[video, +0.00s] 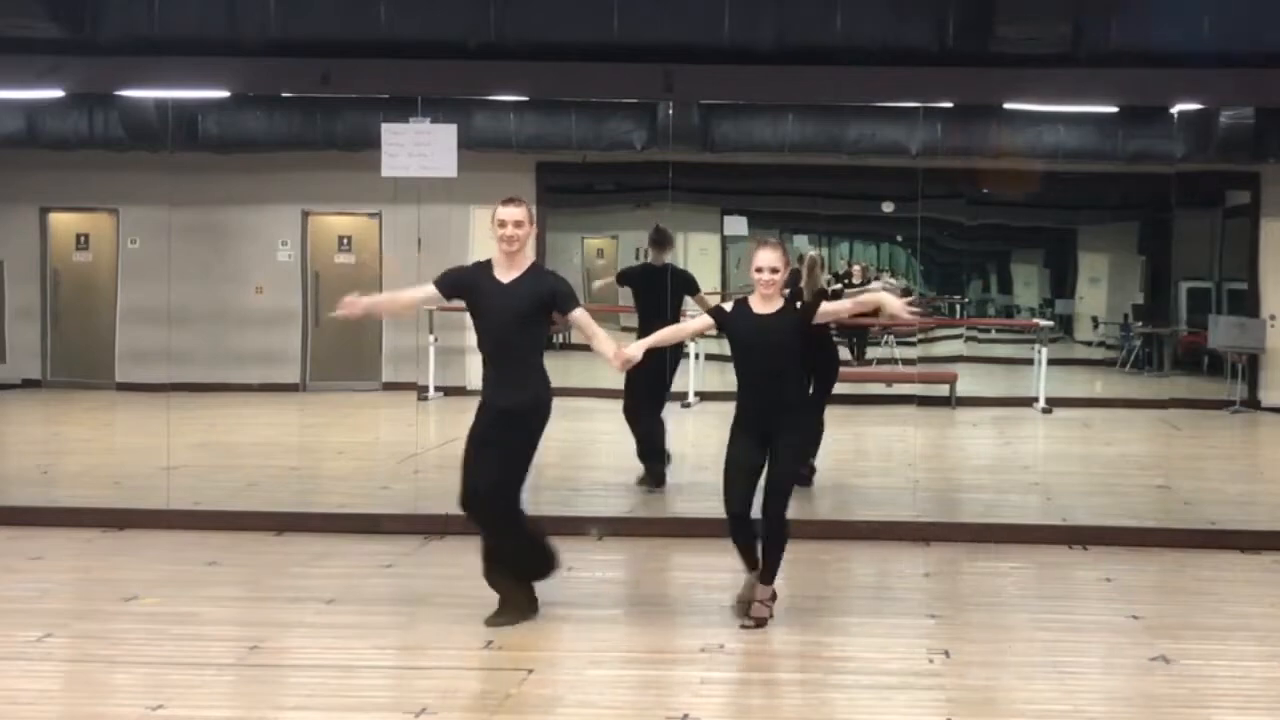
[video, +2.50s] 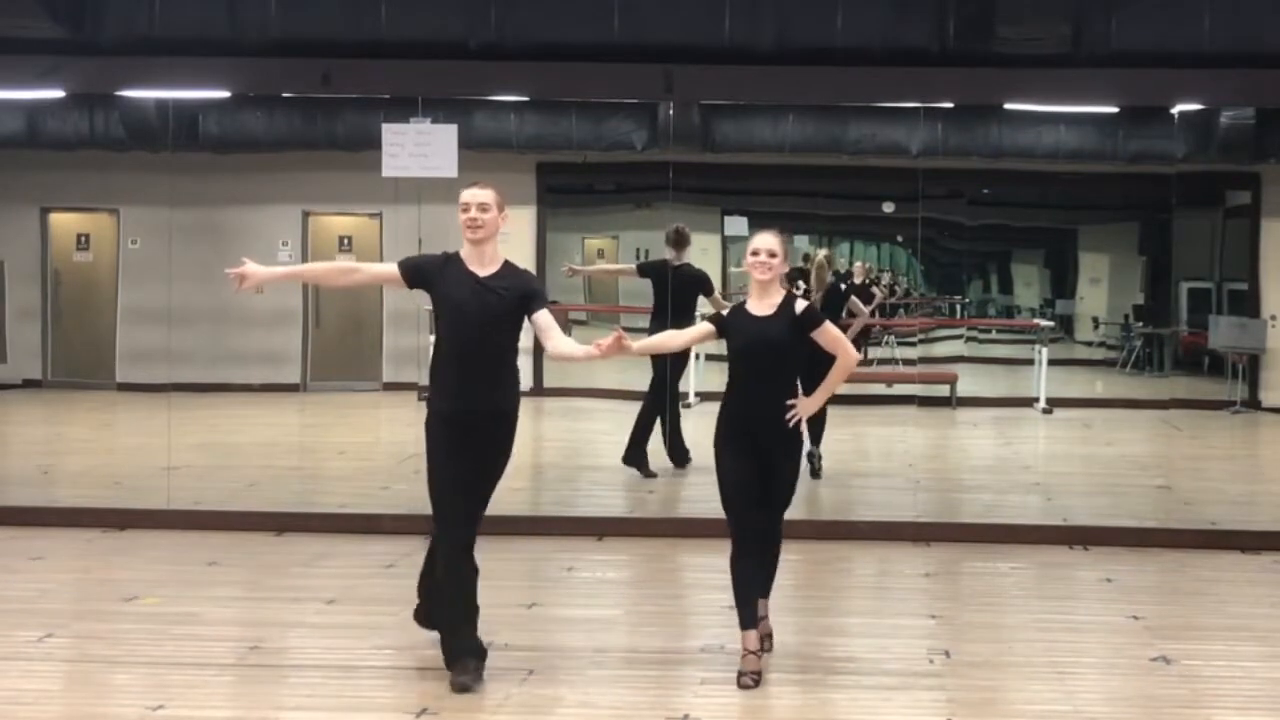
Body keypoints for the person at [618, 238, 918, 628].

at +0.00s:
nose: (766, 277)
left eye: (774, 270)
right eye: (760, 270)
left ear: (786, 274)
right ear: (751, 273)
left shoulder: (801, 312)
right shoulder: (732, 313)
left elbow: (846, 307)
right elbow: (684, 329)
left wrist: (881, 298)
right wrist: (642, 344)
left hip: (792, 422)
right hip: (750, 421)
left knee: (774, 508)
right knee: (735, 509)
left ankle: (766, 589)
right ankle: (755, 573)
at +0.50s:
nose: (771, 265)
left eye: (778, 258)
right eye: (764, 258)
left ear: (792, 262)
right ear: (754, 261)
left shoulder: (811, 305)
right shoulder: (739, 301)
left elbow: (788, 347)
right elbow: (693, 324)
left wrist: (803, 293)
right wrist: (649, 336)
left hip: (795, 423)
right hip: (749, 422)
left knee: (786, 518)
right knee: (752, 517)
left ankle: (783, 610)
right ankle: (753, 613)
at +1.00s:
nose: (778, 266)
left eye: (786, 259)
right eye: (771, 258)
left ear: (800, 263)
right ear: (761, 262)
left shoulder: (818, 306)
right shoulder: (746, 303)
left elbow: (806, 360)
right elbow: (699, 334)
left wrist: (764, 342)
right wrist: (669, 351)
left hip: (802, 424)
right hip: (759, 422)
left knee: (799, 522)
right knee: (770, 519)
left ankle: (786, 619)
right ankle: (756, 617)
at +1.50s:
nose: (767, 281)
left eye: (774, 275)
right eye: (767, 275)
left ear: (800, 277)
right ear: (777, 280)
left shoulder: (836, 317)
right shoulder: (766, 322)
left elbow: (878, 355)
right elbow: (712, 340)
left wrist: (845, 396)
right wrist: (689, 333)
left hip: (816, 433)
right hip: (768, 429)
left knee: (809, 529)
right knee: (731, 509)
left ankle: (785, 612)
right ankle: (692, 577)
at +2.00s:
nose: (784, 280)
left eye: (793, 274)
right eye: (778, 273)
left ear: (807, 280)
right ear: (768, 277)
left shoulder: (820, 324)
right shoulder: (747, 318)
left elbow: (873, 357)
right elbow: (696, 339)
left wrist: (831, 392)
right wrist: (648, 356)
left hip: (814, 440)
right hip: (769, 437)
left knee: (800, 529)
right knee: (769, 529)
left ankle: (779, 614)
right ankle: (801, 580)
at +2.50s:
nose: (761, 260)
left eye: (770, 254)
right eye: (755, 253)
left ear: (785, 263)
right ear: (744, 261)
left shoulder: (799, 311)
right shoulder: (731, 314)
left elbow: (849, 355)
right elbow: (679, 338)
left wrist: (815, 400)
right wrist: (630, 347)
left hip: (782, 435)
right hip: (735, 434)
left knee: (769, 529)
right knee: (744, 532)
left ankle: (761, 613)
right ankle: (748, 640)